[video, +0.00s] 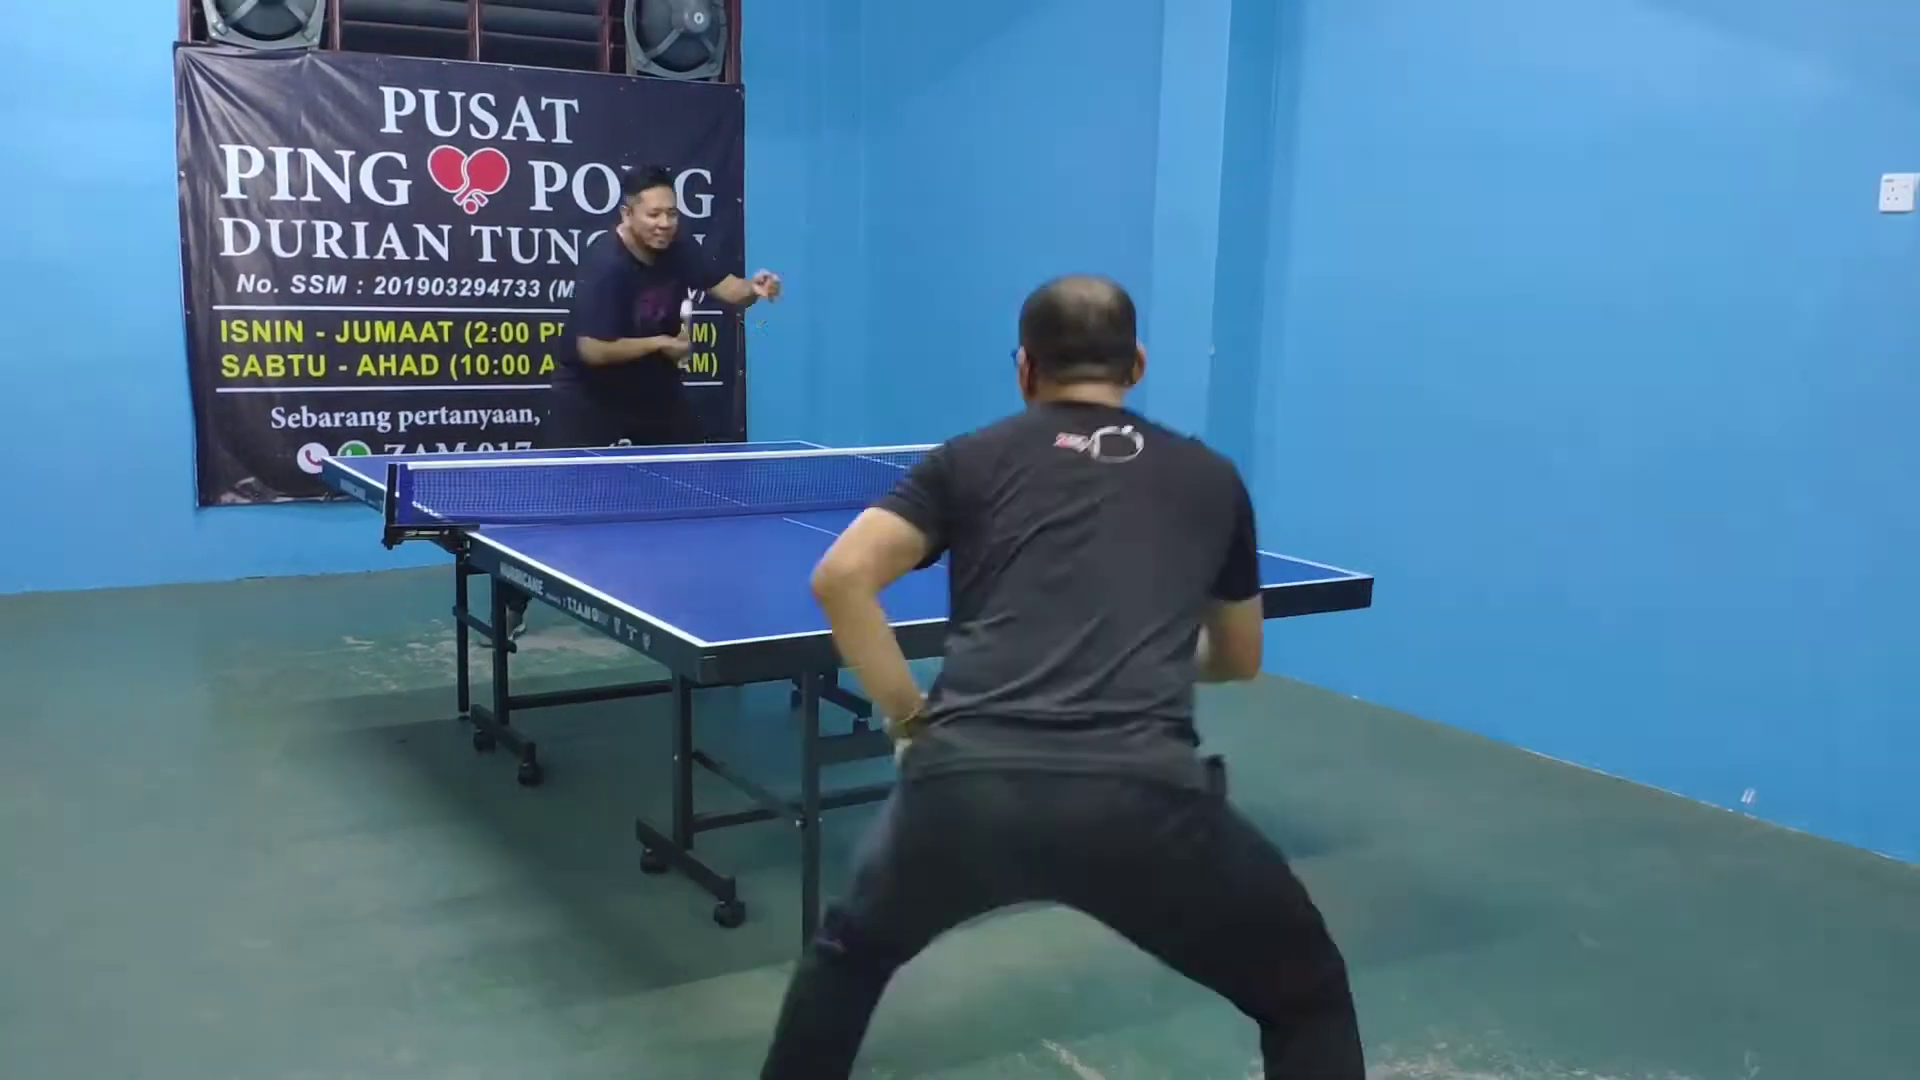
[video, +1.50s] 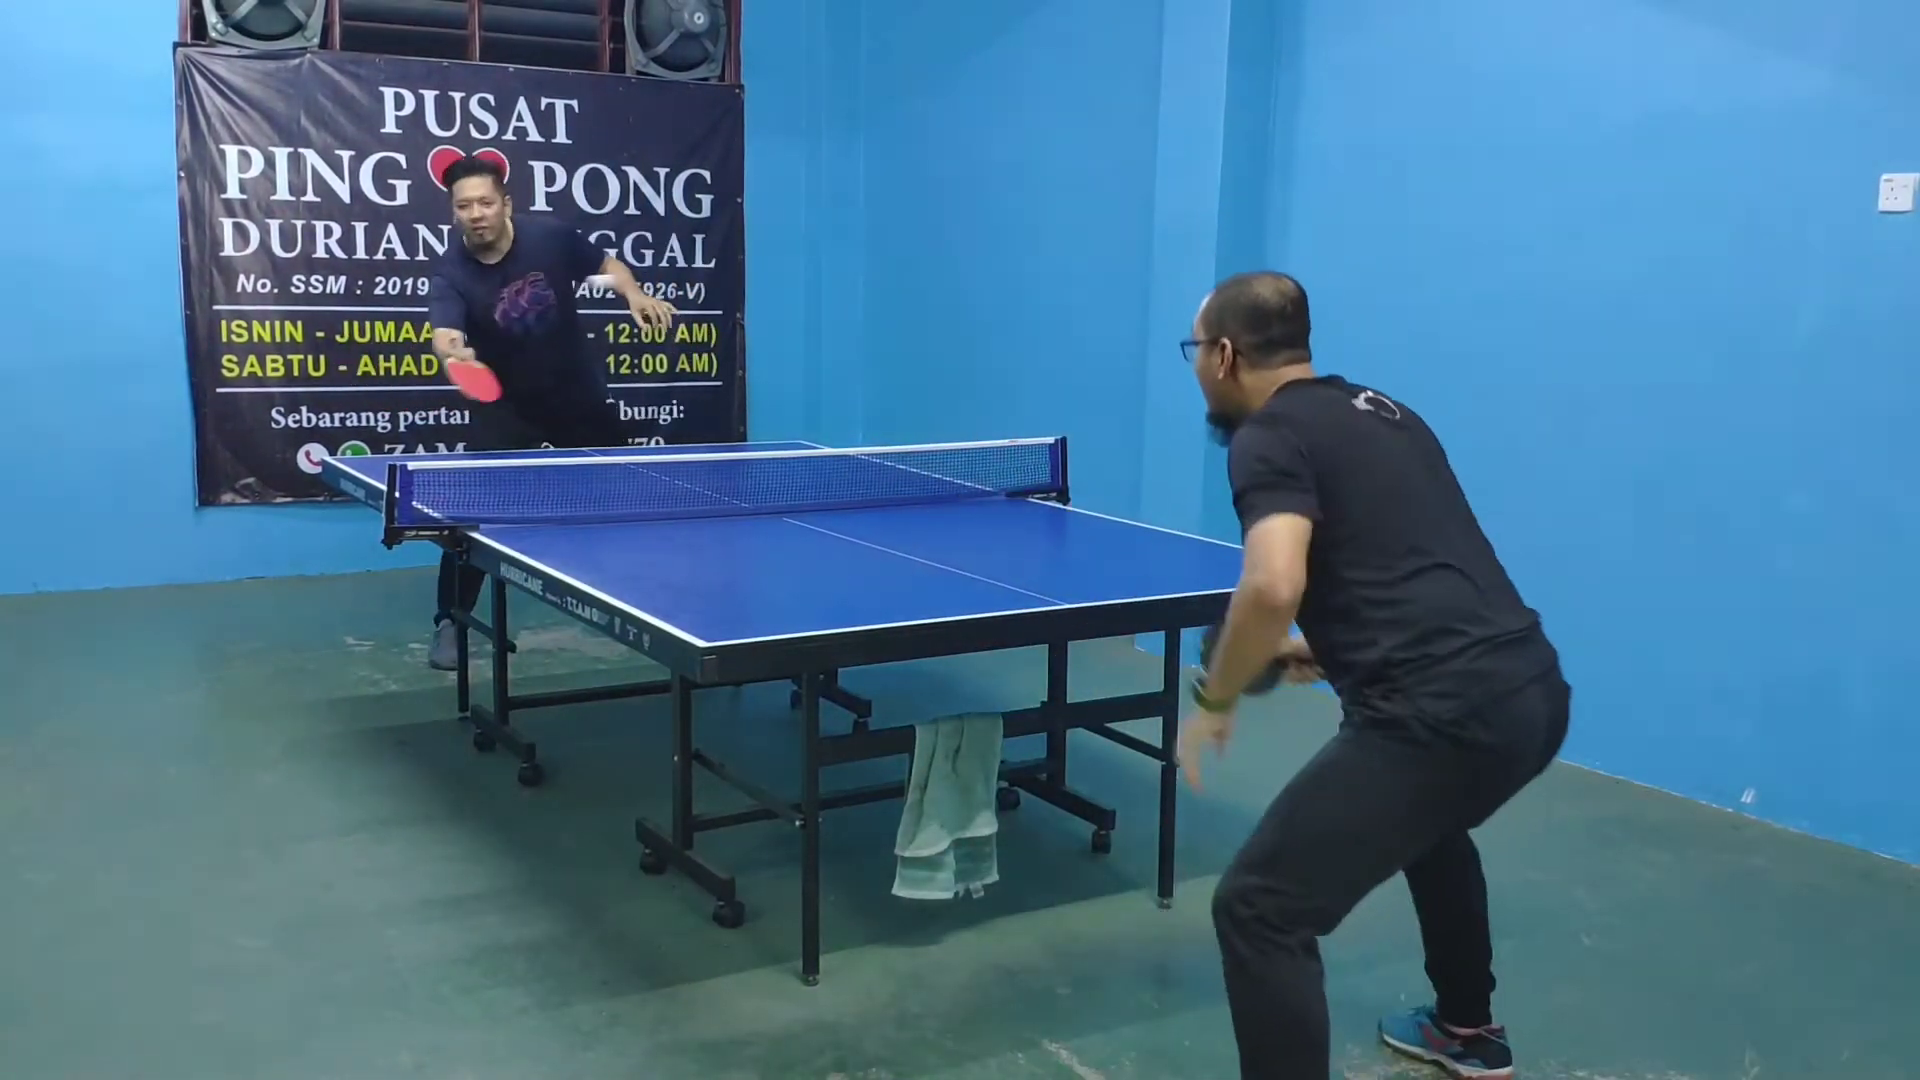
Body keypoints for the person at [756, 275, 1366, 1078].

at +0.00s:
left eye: (1021, 363)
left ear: (1026, 369)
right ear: (1138, 365)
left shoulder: (971, 460)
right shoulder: (1211, 477)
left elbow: (843, 577)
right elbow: (1237, 656)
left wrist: (908, 717)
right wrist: (1141, 652)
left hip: (961, 802)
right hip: (1141, 808)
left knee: (846, 958)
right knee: (1307, 998)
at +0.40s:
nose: (1028, 311)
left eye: (1027, 298)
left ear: (1039, 301)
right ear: (1147, 295)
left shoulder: (1015, 410)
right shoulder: (1235, 397)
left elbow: (918, 566)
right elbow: (1296, 548)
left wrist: (984, 643)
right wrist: (1197, 564)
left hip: (1102, 748)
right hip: (1257, 735)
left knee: (981, 957)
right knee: (1295, 879)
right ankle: (1328, 1065)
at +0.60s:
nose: (1092, 392)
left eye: (1089, 372)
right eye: (1086, 377)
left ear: (1112, 354)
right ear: (1185, 345)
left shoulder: (1145, 416)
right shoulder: (1269, 420)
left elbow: (1038, 491)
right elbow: (1232, 537)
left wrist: (990, 588)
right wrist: (1109, 571)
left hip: (1214, 739)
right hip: (1336, 727)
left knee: (1044, 937)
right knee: (1285, 823)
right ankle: (1313, 1033)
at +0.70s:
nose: (1111, 370)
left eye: (1107, 349)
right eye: (1106, 352)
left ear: (1141, 335)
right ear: (1206, 325)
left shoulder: (1207, 380)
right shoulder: (1286, 400)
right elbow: (1223, 498)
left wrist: (1067, 525)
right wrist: (1129, 486)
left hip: (1261, 702)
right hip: (1358, 700)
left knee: (1101, 908)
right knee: (1279, 809)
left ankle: (1070, 1068)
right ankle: (1312, 1026)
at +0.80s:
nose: (1127, 326)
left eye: (1122, 304)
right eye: (1120, 307)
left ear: (1152, 288)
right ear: (1206, 279)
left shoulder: (1223, 337)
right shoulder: (1245, 370)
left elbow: (1305, 340)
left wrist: (1195, 465)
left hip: (1282, 663)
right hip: (1358, 659)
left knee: (1147, 881)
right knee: (1279, 806)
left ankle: (1134, 1066)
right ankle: (1314, 1027)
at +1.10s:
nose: (1176, 265)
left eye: (1181, 247)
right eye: (1179, 247)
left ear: (1210, 253)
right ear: (1278, 253)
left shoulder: (1251, 339)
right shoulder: (1347, 337)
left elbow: (1259, 453)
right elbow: (1421, 485)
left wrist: (1166, 616)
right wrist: (1303, 508)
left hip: (1310, 665)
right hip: (1396, 653)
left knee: (1206, 893)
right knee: (1320, 799)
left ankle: (1254, 1066)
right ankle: (1360, 1010)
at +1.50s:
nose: (1199, 369)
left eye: (1198, 352)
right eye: (1197, 352)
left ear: (1223, 355)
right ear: (1298, 347)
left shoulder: (1272, 434)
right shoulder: (1379, 410)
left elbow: (1272, 589)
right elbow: (1424, 569)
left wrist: (1217, 699)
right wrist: (1323, 647)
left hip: (1433, 721)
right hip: (1530, 701)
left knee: (1258, 911)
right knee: (1424, 816)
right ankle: (1468, 1027)